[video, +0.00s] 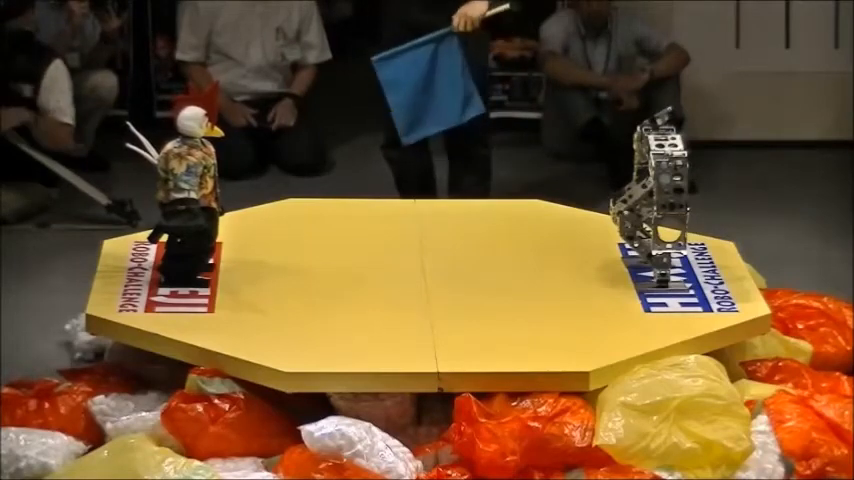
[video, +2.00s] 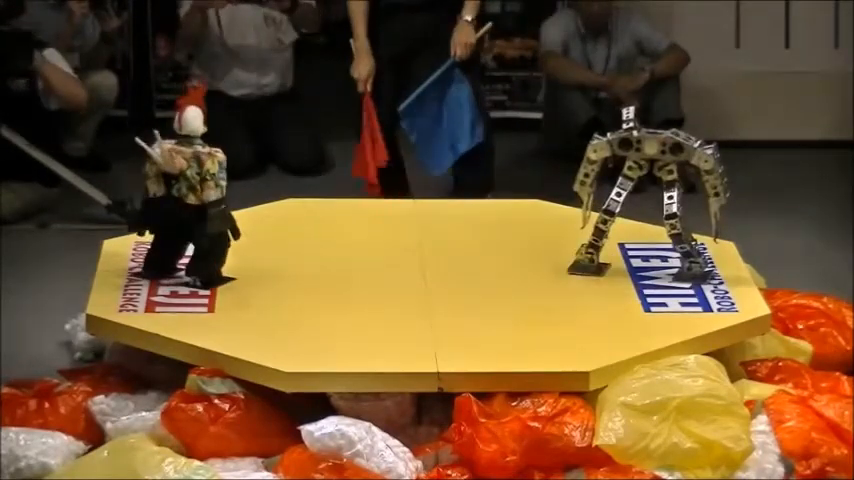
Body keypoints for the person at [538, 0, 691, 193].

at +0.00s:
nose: (594, 8)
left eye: (600, 2)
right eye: (587, 2)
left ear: (610, 4)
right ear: (575, 5)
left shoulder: (626, 25)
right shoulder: (558, 26)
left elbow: (679, 56)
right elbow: (552, 67)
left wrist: (644, 76)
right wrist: (610, 83)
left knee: (666, 78)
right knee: (563, 80)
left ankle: (670, 164)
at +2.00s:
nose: (597, 10)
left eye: (604, 5)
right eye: (590, 4)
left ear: (613, 5)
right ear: (576, 6)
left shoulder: (628, 23)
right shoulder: (558, 25)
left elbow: (679, 56)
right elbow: (551, 64)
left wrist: (644, 76)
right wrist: (609, 83)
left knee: (667, 77)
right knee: (562, 82)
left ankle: (667, 154)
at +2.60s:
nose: (596, 11)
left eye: (602, 4)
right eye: (589, 5)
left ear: (611, 5)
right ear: (576, 6)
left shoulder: (628, 23)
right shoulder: (558, 25)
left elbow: (679, 56)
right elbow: (550, 64)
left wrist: (645, 74)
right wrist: (608, 83)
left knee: (667, 81)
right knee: (562, 86)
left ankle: (672, 158)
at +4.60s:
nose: (599, 15)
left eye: (604, 8)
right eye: (593, 8)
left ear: (613, 7)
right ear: (578, 7)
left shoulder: (628, 26)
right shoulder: (558, 26)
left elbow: (679, 56)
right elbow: (551, 65)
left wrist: (643, 77)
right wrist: (608, 82)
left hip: (624, 114)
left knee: (667, 79)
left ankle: (664, 164)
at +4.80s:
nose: (598, 15)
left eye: (604, 9)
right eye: (592, 9)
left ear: (613, 7)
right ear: (578, 7)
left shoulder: (629, 25)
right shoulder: (558, 26)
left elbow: (679, 56)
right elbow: (551, 65)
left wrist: (643, 76)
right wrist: (608, 82)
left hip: (625, 116)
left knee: (667, 79)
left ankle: (664, 165)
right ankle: (611, 169)